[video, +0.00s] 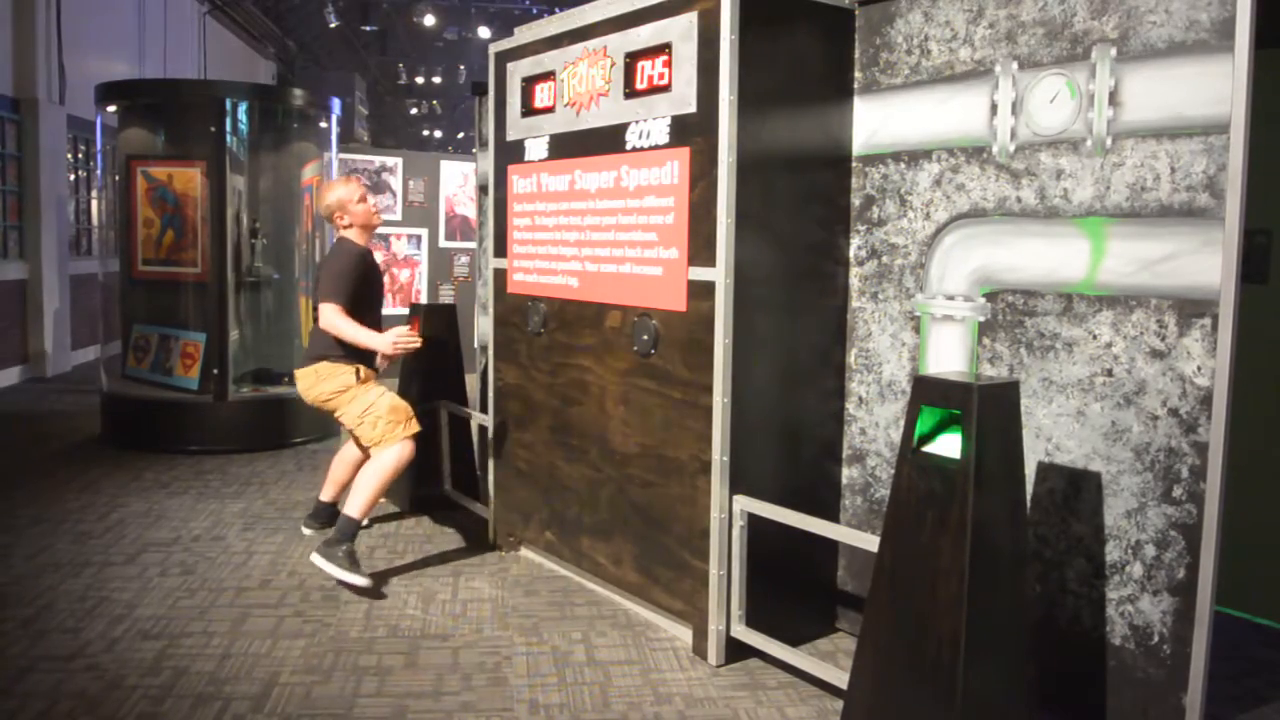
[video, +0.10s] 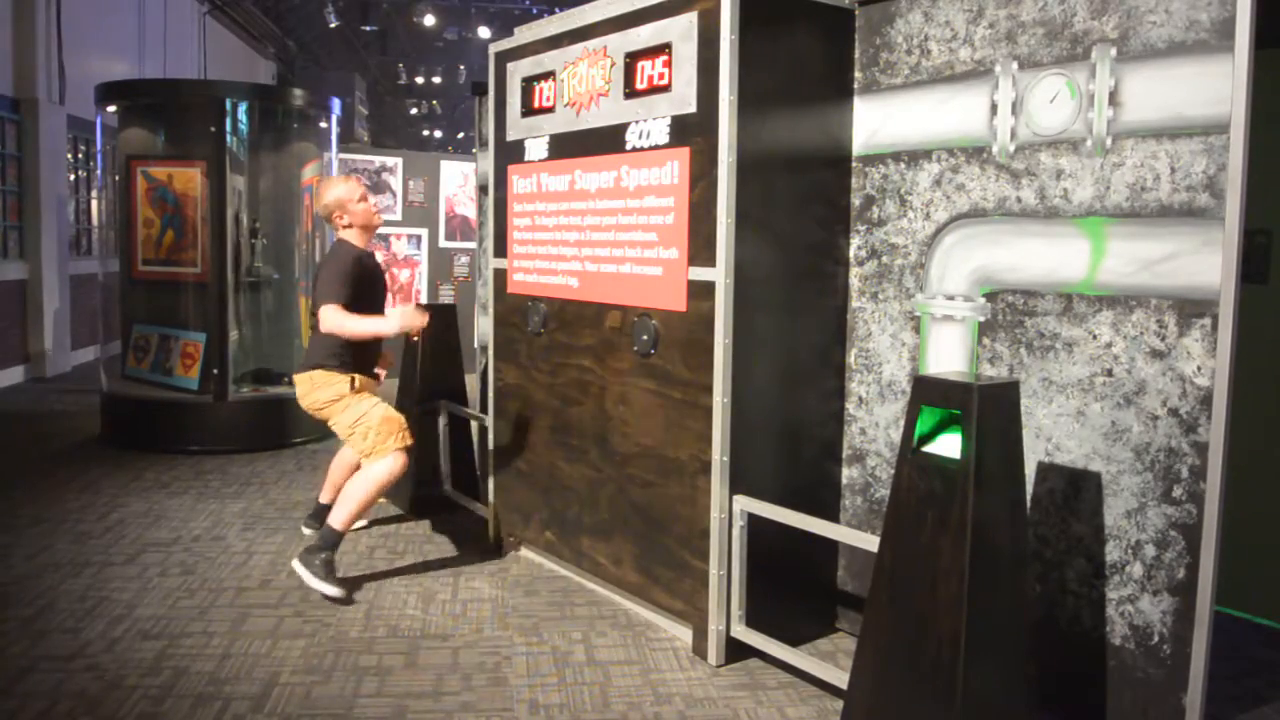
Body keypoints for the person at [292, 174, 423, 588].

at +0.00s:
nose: (374, 201)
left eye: (370, 195)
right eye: (364, 199)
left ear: (349, 217)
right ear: (343, 217)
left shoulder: (359, 254)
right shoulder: (347, 253)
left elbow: (354, 318)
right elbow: (329, 316)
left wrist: (383, 348)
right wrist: (380, 340)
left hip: (341, 367)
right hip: (329, 369)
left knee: (366, 436)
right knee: (399, 445)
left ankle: (320, 513)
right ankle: (338, 546)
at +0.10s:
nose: (374, 201)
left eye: (369, 195)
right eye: (364, 199)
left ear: (349, 216)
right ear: (343, 217)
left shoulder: (363, 259)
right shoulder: (343, 257)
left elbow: (353, 318)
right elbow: (329, 318)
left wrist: (371, 358)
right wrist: (395, 322)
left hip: (344, 376)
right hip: (326, 378)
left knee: (366, 438)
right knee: (391, 458)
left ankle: (320, 515)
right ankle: (318, 555)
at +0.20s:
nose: (373, 189)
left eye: (368, 182)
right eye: (363, 184)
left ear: (345, 200)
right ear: (341, 201)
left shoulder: (363, 244)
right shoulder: (337, 243)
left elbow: (369, 294)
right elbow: (344, 292)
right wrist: (423, 261)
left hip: (359, 381)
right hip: (334, 384)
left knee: (338, 456)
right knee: (367, 483)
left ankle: (326, 515)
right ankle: (304, 569)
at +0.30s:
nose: (378, 164)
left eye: (372, 156)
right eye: (368, 158)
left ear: (344, 176)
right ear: (347, 174)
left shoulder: (356, 219)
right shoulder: (349, 219)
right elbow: (372, 248)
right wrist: (451, 228)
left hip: (354, 372)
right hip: (342, 376)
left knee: (344, 457)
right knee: (361, 486)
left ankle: (334, 514)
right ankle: (302, 563)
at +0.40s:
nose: (390, 147)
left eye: (385, 138)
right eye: (381, 140)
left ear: (348, 155)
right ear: (353, 154)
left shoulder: (342, 198)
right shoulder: (363, 194)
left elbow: (331, 257)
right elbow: (383, 239)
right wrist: (473, 240)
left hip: (356, 359)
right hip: (368, 362)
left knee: (350, 462)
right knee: (382, 475)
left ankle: (303, 548)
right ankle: (299, 548)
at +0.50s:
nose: (411, 156)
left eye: (409, 146)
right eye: (403, 148)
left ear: (364, 157)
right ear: (370, 156)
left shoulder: (343, 206)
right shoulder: (376, 205)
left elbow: (318, 266)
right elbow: (389, 275)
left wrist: (322, 299)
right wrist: (481, 293)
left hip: (344, 364)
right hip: (383, 367)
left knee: (364, 474)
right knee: (421, 486)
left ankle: (296, 571)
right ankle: (323, 575)